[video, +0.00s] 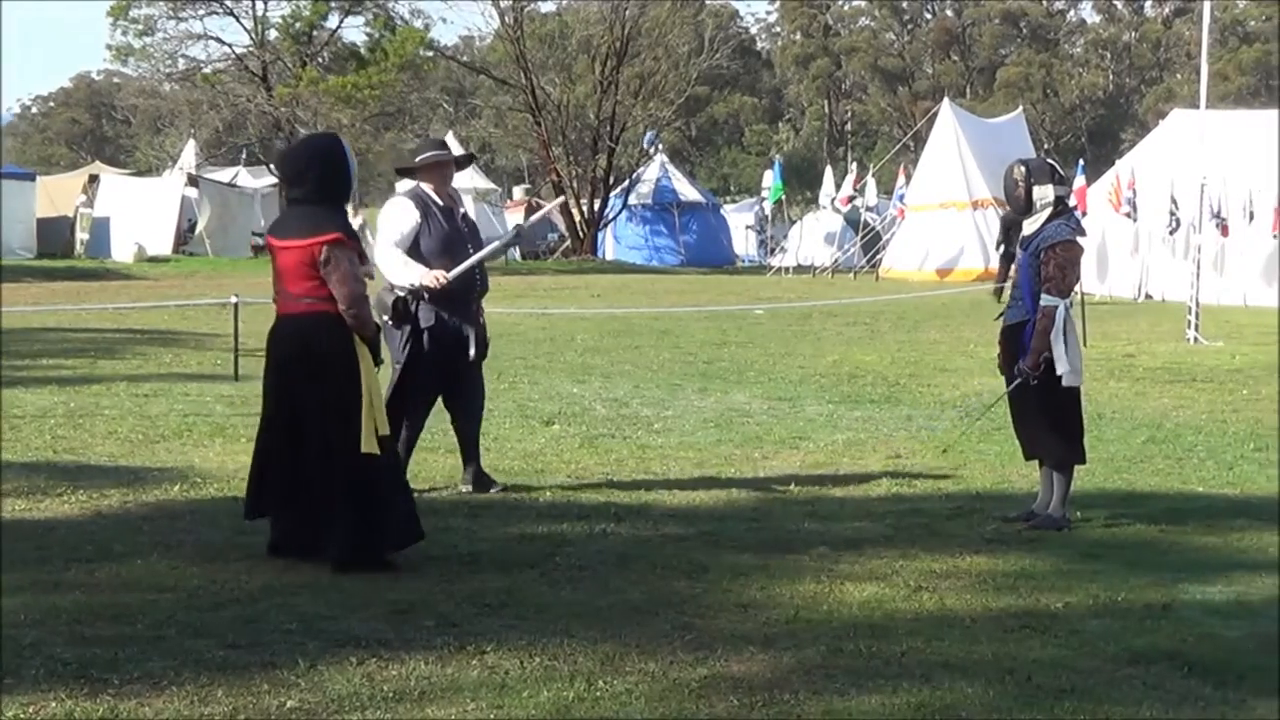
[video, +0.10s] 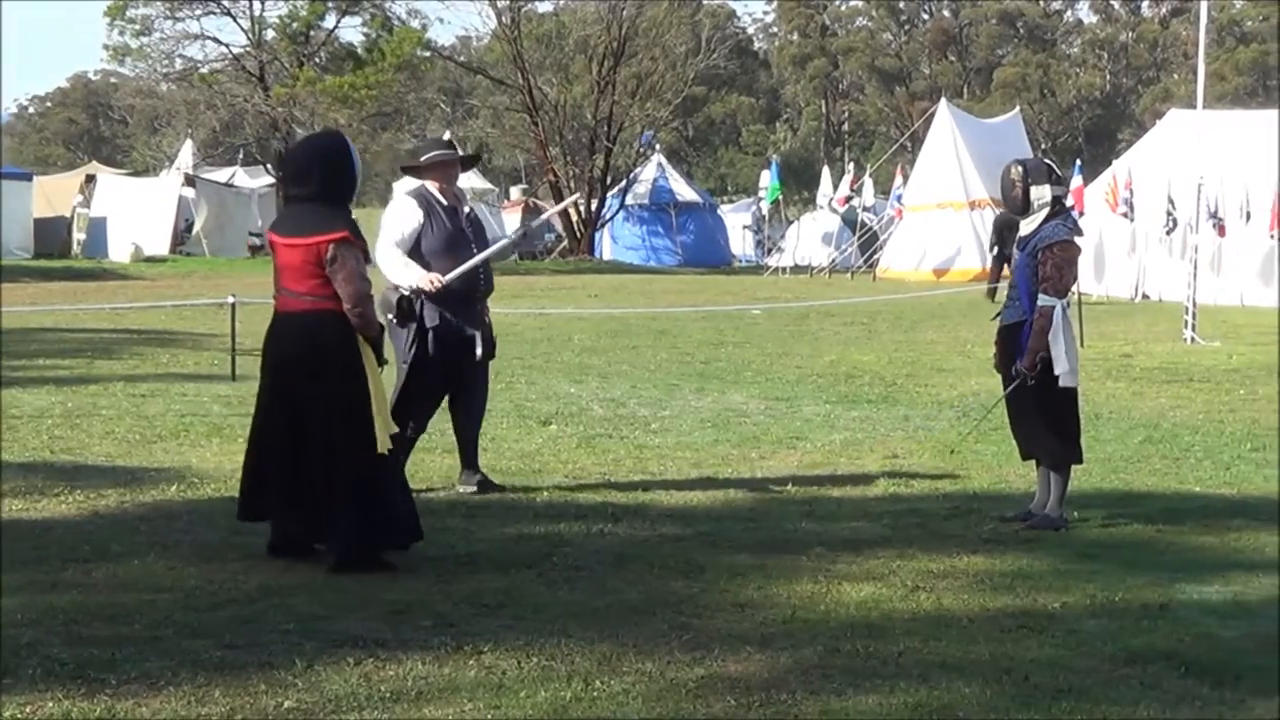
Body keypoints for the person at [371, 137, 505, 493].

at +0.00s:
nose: (447, 171)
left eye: (449, 164)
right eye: (440, 165)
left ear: (453, 167)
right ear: (423, 169)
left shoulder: (458, 205)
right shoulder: (403, 206)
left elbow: (473, 257)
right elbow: (385, 252)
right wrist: (422, 274)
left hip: (463, 316)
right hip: (424, 316)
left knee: (469, 399)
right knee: (412, 403)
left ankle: (473, 470)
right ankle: (392, 478)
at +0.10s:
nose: (451, 170)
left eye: (453, 163)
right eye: (443, 164)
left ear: (459, 166)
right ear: (426, 169)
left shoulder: (467, 206)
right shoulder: (408, 205)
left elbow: (497, 249)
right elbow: (386, 252)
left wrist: (520, 225)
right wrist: (418, 275)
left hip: (472, 314)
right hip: (430, 314)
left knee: (471, 399)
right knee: (419, 401)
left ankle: (470, 472)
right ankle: (390, 472)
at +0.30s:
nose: (454, 173)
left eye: (459, 166)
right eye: (446, 167)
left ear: (468, 168)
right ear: (433, 171)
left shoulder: (477, 207)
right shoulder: (415, 205)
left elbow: (492, 257)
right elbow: (382, 248)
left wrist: (520, 245)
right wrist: (396, 277)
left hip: (475, 312)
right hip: (433, 311)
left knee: (470, 394)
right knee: (438, 390)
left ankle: (462, 472)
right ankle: (415, 463)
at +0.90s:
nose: (457, 175)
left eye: (464, 167)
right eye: (450, 170)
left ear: (477, 168)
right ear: (440, 173)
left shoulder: (493, 203)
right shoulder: (425, 208)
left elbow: (511, 239)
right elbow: (391, 251)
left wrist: (529, 255)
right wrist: (380, 288)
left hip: (493, 315)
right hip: (449, 316)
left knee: (496, 393)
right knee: (465, 398)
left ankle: (471, 462)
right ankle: (467, 481)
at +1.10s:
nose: (473, 178)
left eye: (478, 171)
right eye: (464, 173)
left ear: (488, 170)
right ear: (451, 178)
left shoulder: (500, 204)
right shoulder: (434, 209)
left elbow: (516, 243)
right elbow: (399, 251)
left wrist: (542, 260)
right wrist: (397, 282)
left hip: (503, 317)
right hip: (458, 321)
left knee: (514, 395)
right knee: (467, 403)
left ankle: (503, 461)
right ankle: (472, 482)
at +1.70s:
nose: (509, 177)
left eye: (516, 169)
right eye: (501, 171)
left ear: (527, 171)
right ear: (488, 175)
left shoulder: (543, 212)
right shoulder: (466, 209)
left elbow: (568, 258)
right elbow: (434, 253)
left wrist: (582, 265)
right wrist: (422, 286)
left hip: (531, 323)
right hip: (480, 324)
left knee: (539, 405)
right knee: (480, 408)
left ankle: (555, 484)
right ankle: (474, 484)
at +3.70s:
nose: (492, 177)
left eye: (500, 169)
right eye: (485, 170)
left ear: (513, 172)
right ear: (473, 175)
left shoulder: (533, 212)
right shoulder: (454, 209)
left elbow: (559, 258)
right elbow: (420, 256)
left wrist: (537, 268)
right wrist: (385, 295)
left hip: (520, 325)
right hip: (468, 324)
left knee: (531, 403)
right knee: (484, 407)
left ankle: (549, 481)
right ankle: (496, 482)